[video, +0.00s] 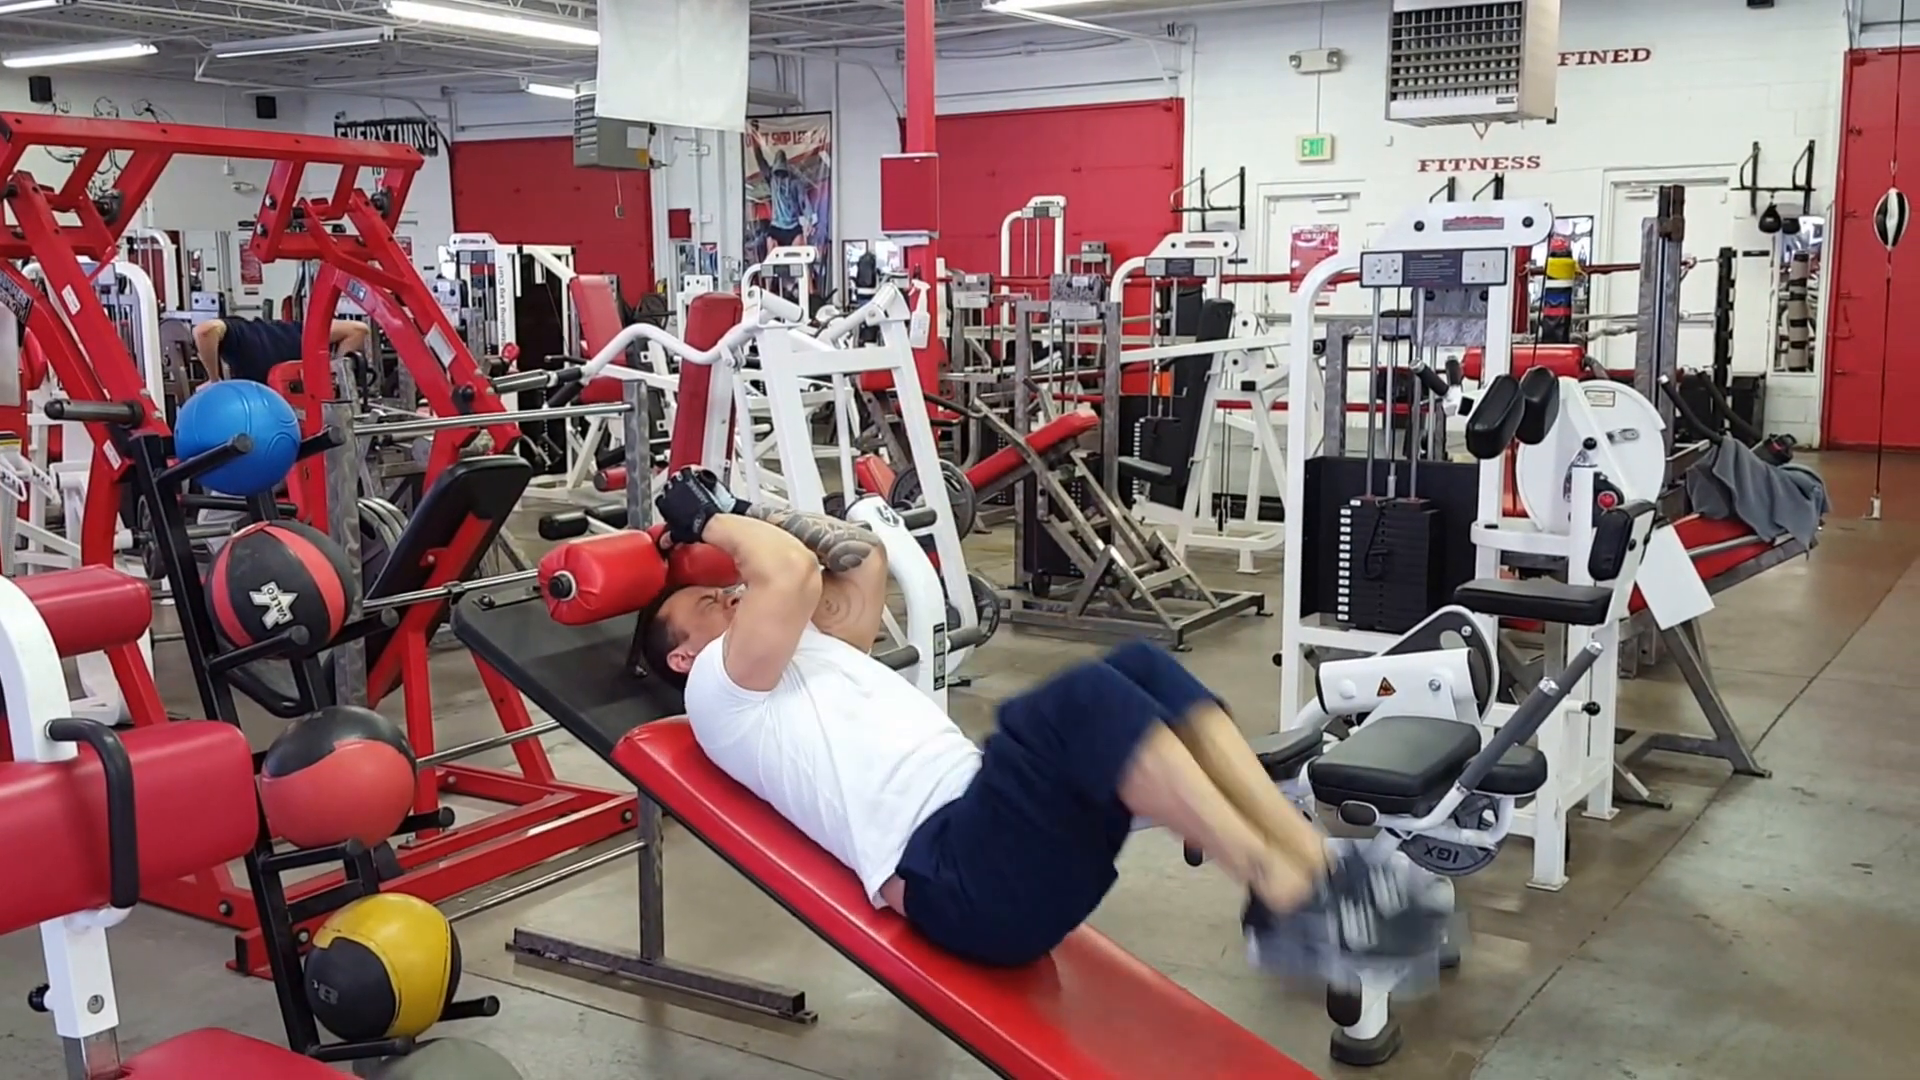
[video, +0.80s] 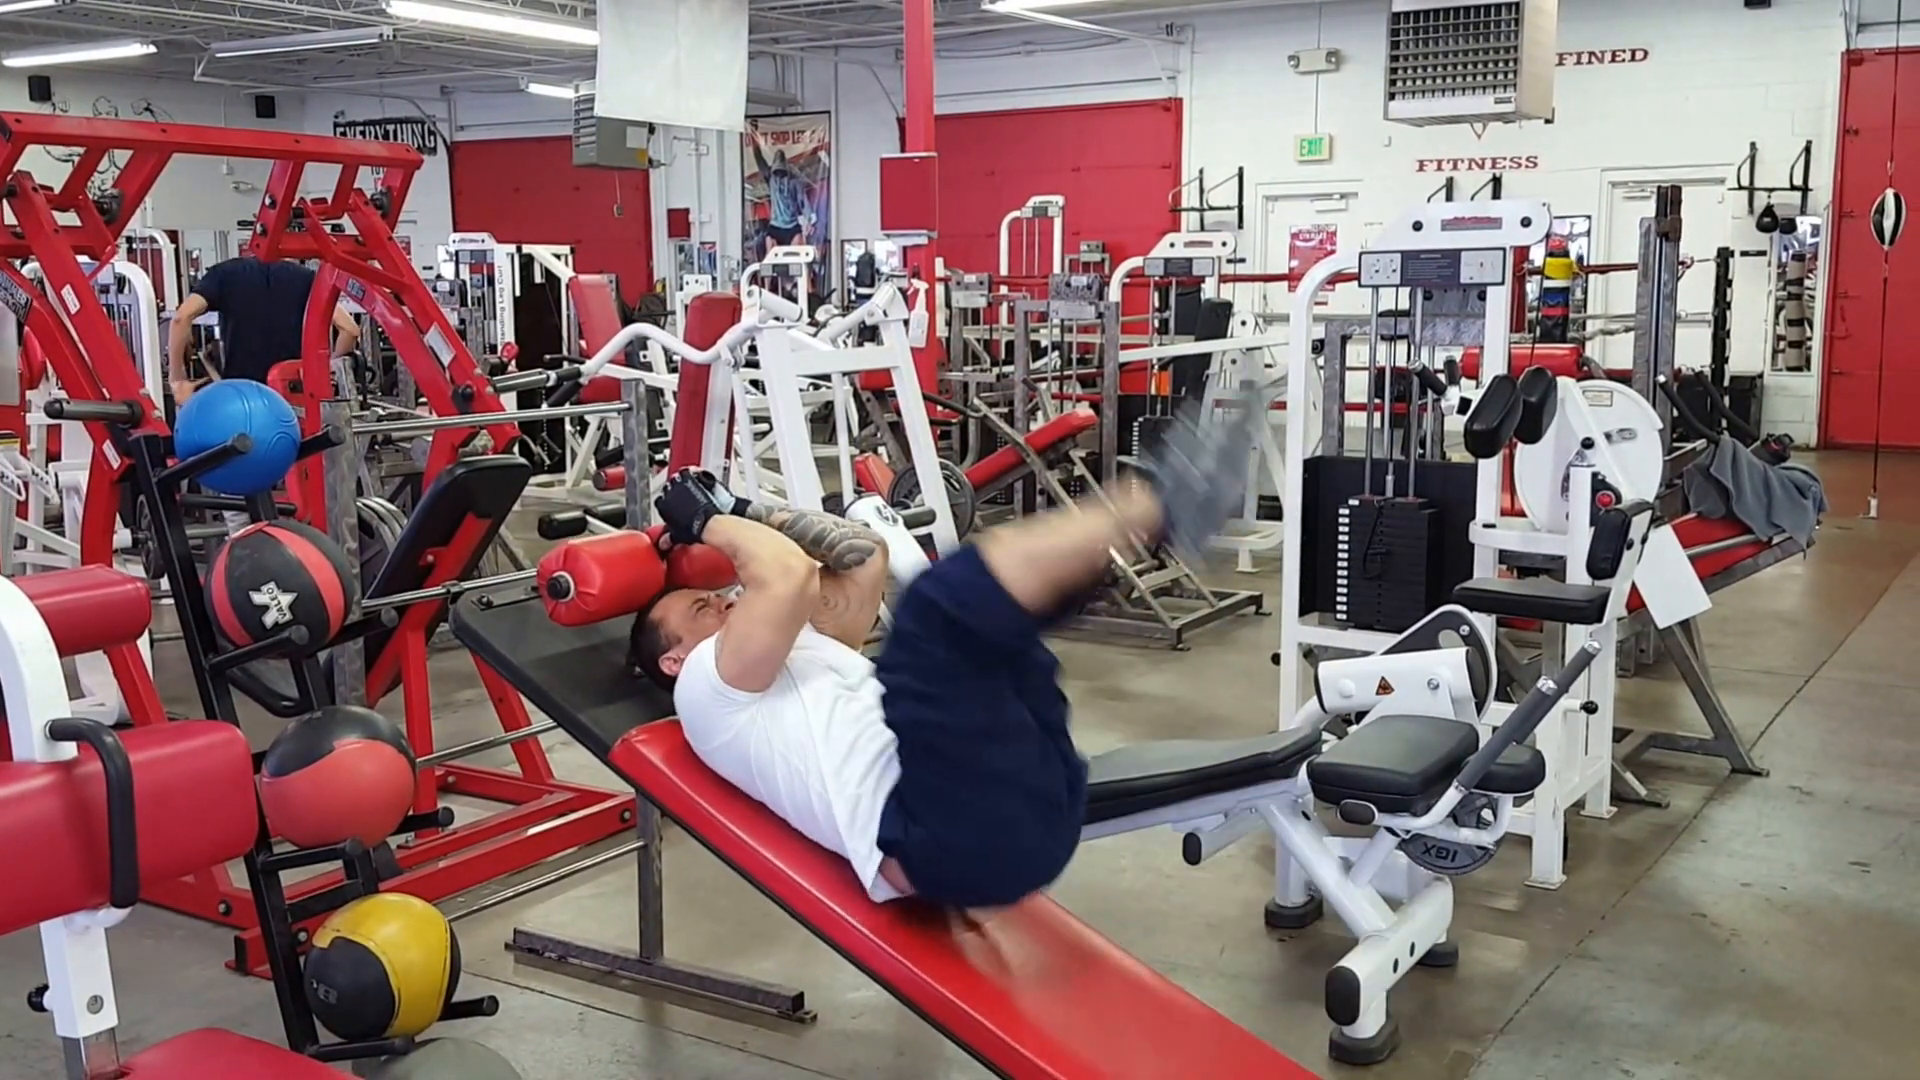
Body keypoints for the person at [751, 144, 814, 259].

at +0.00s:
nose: (780, 176)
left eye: (782, 172)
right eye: (778, 173)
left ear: (786, 169)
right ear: (774, 170)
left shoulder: (796, 182)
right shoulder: (772, 180)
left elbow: (804, 203)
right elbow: (761, 162)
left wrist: (809, 221)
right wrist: (756, 143)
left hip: (794, 225)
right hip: (776, 225)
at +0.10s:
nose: (780, 176)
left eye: (783, 173)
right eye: (777, 174)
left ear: (786, 169)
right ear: (774, 171)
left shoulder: (796, 182)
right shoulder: (771, 180)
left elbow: (804, 203)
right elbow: (760, 161)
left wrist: (810, 221)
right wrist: (756, 143)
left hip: (794, 225)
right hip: (776, 224)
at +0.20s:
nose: (780, 176)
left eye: (782, 173)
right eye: (777, 173)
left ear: (786, 169)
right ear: (773, 170)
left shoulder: (796, 182)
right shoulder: (771, 180)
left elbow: (804, 203)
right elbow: (761, 162)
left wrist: (809, 221)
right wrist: (756, 143)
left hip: (794, 225)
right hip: (775, 225)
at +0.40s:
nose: (779, 175)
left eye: (782, 173)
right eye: (777, 173)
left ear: (787, 169)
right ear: (773, 171)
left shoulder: (796, 182)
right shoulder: (771, 180)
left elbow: (804, 203)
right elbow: (761, 163)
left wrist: (808, 221)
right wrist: (755, 144)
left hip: (793, 225)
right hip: (775, 224)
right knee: (769, 239)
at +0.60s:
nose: (779, 175)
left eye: (782, 173)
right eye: (777, 173)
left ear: (786, 169)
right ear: (773, 171)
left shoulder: (795, 182)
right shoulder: (771, 180)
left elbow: (803, 202)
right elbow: (761, 163)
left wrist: (809, 220)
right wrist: (755, 144)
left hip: (793, 225)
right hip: (775, 224)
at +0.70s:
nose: (779, 175)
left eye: (782, 172)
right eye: (777, 172)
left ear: (786, 168)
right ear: (773, 170)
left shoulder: (795, 181)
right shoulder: (771, 180)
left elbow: (803, 203)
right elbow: (760, 163)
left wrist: (808, 221)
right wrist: (755, 143)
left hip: (793, 225)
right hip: (775, 224)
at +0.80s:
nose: (779, 175)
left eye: (782, 172)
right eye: (777, 172)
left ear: (786, 168)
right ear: (773, 170)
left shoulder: (795, 181)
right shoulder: (771, 180)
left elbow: (804, 203)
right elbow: (760, 162)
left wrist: (808, 221)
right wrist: (755, 143)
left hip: (793, 225)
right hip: (775, 225)